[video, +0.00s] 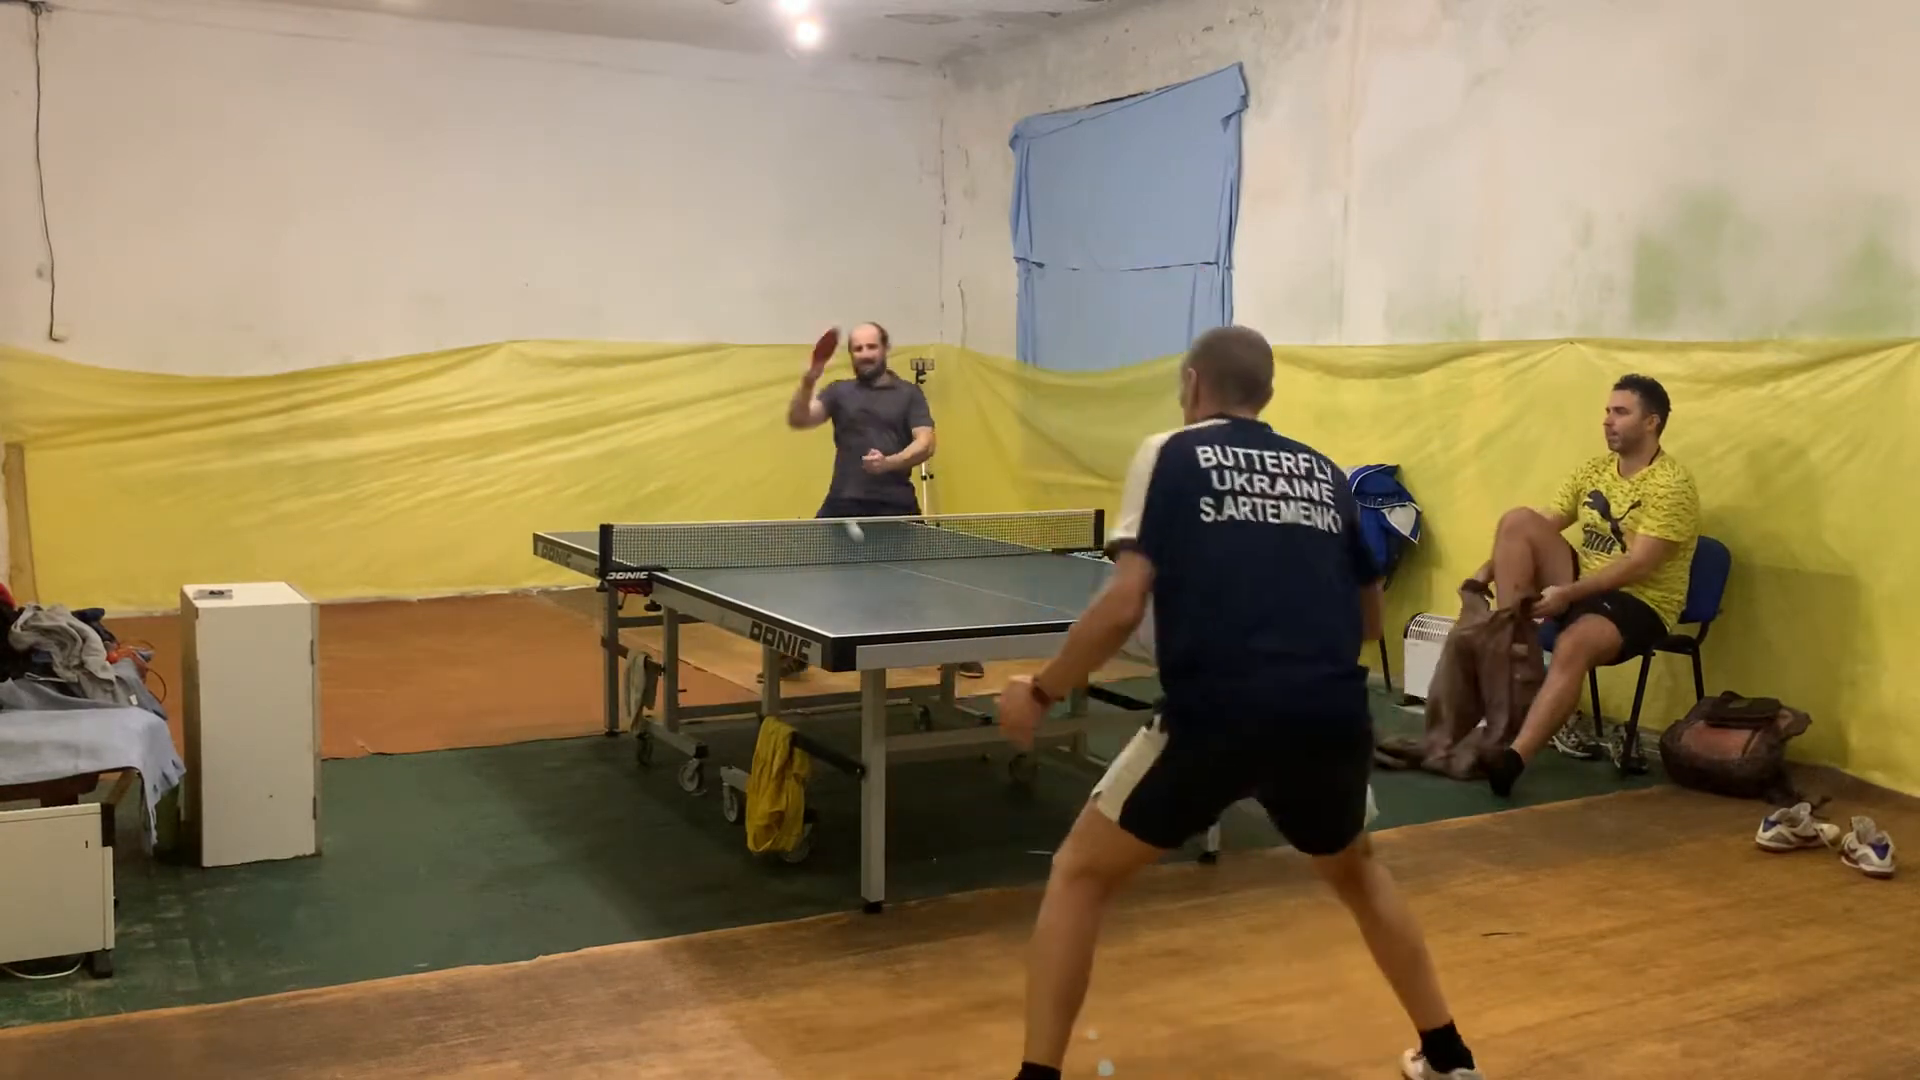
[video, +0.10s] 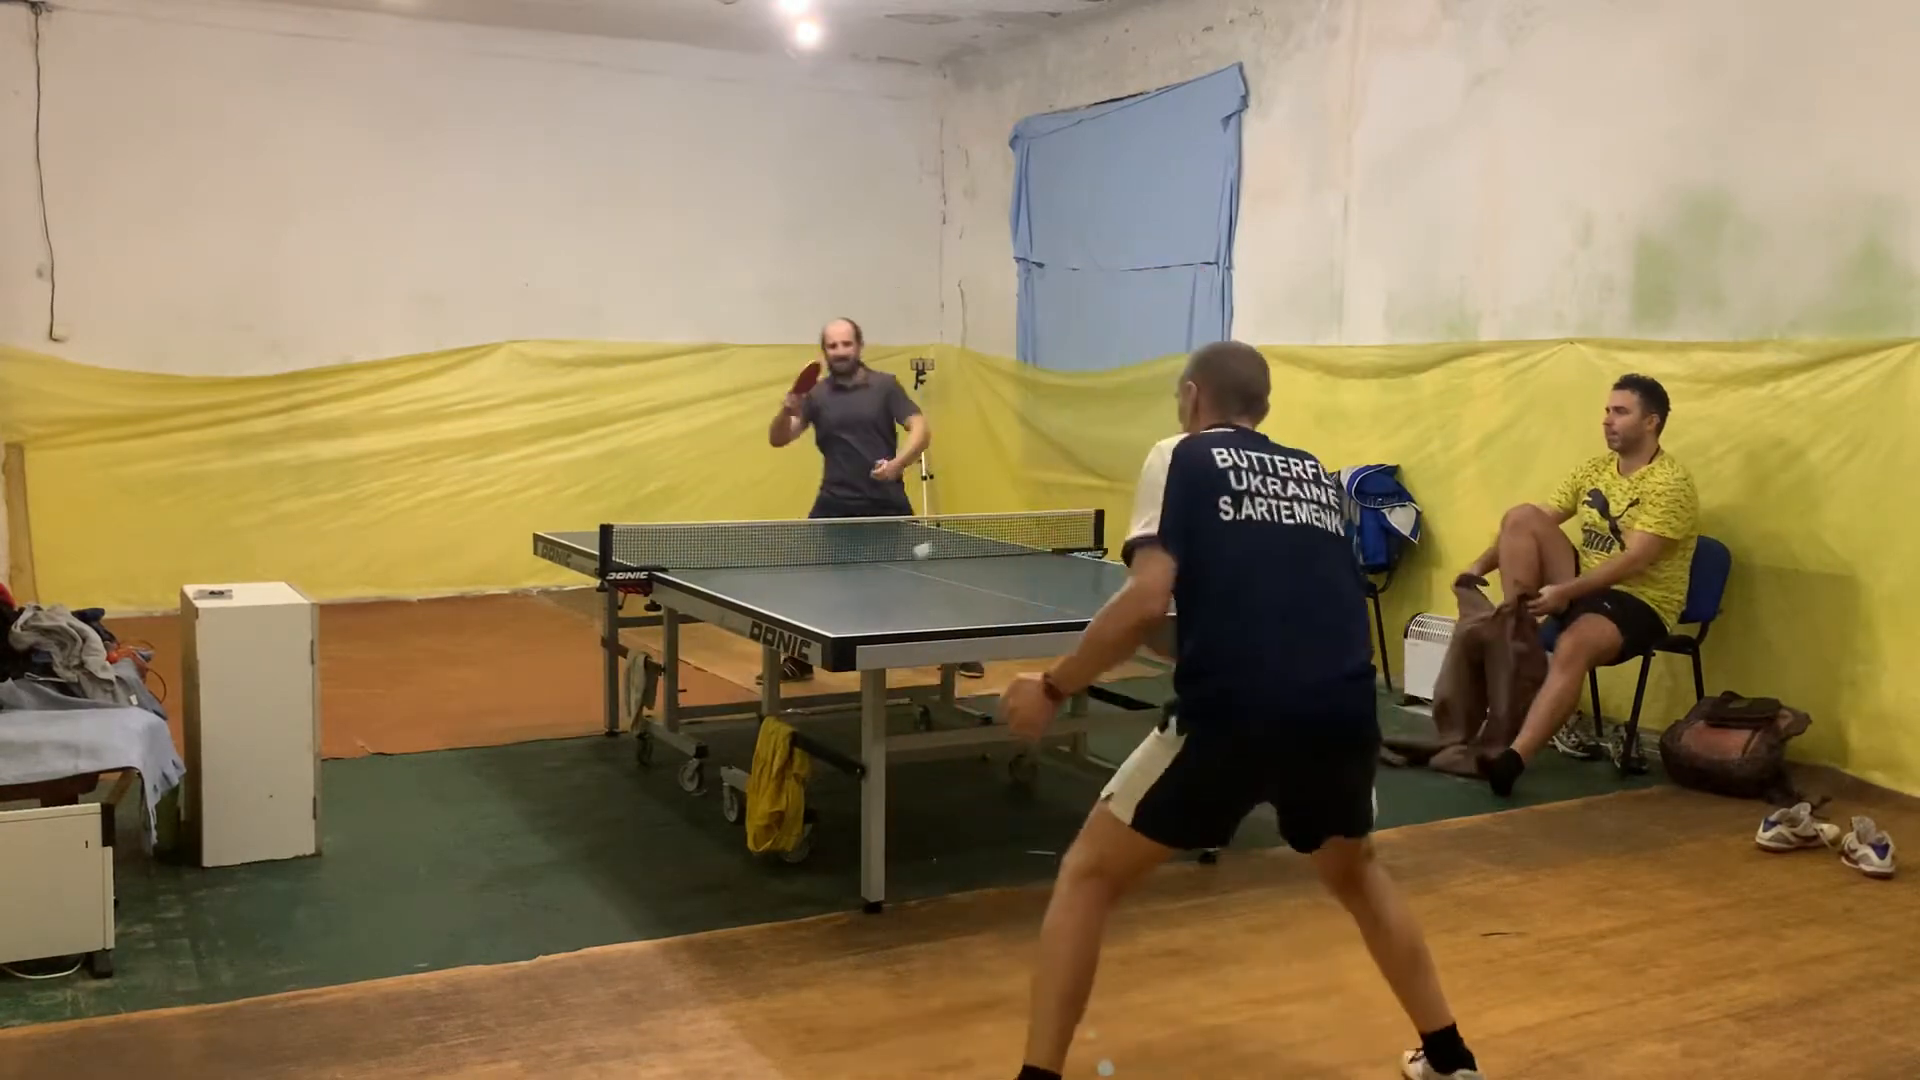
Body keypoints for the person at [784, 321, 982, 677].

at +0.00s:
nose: (864, 354)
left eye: (871, 347)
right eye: (857, 348)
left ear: (886, 350)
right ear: (849, 354)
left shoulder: (908, 393)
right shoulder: (839, 391)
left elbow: (926, 443)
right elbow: (798, 420)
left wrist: (890, 462)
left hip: (896, 507)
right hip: (842, 504)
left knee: (933, 573)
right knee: (802, 567)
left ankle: (961, 646)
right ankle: (793, 651)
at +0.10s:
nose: (839, 351)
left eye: (846, 344)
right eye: (831, 346)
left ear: (859, 347)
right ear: (823, 352)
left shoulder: (884, 386)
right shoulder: (815, 394)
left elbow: (921, 429)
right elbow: (777, 439)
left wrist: (898, 463)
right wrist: (787, 412)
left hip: (887, 502)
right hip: (835, 502)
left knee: (925, 573)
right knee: (803, 570)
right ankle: (797, 655)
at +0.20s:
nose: (811, 334)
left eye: (818, 326)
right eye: (803, 328)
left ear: (830, 329)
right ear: (794, 334)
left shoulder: (857, 365)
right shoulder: (785, 375)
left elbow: (902, 401)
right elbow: (753, 430)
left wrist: (896, 450)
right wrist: (769, 408)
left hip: (861, 490)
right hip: (811, 492)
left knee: (889, 565)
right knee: (793, 569)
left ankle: (893, 648)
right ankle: (793, 654)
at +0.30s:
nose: (787, 329)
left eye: (793, 321)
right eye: (779, 323)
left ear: (806, 323)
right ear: (769, 328)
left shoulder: (834, 359)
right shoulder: (763, 371)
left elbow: (879, 398)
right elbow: (741, 415)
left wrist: (877, 452)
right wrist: (741, 426)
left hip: (837, 476)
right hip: (789, 477)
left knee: (855, 563)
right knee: (765, 558)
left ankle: (871, 650)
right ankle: (766, 651)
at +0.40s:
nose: (756, 344)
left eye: (763, 336)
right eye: (749, 338)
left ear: (778, 335)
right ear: (741, 343)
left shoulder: (809, 372)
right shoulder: (744, 381)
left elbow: (852, 411)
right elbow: (722, 428)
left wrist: (843, 466)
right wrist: (699, 460)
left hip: (813, 488)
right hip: (765, 486)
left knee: (831, 563)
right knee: (725, 551)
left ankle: (837, 637)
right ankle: (715, 639)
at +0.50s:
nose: (706, 361)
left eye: (712, 352)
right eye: (700, 354)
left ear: (731, 349)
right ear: (695, 355)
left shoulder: (770, 383)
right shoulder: (704, 397)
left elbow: (819, 417)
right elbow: (668, 438)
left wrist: (809, 470)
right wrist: (622, 474)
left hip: (786, 487)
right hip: (742, 487)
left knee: (809, 556)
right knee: (703, 542)